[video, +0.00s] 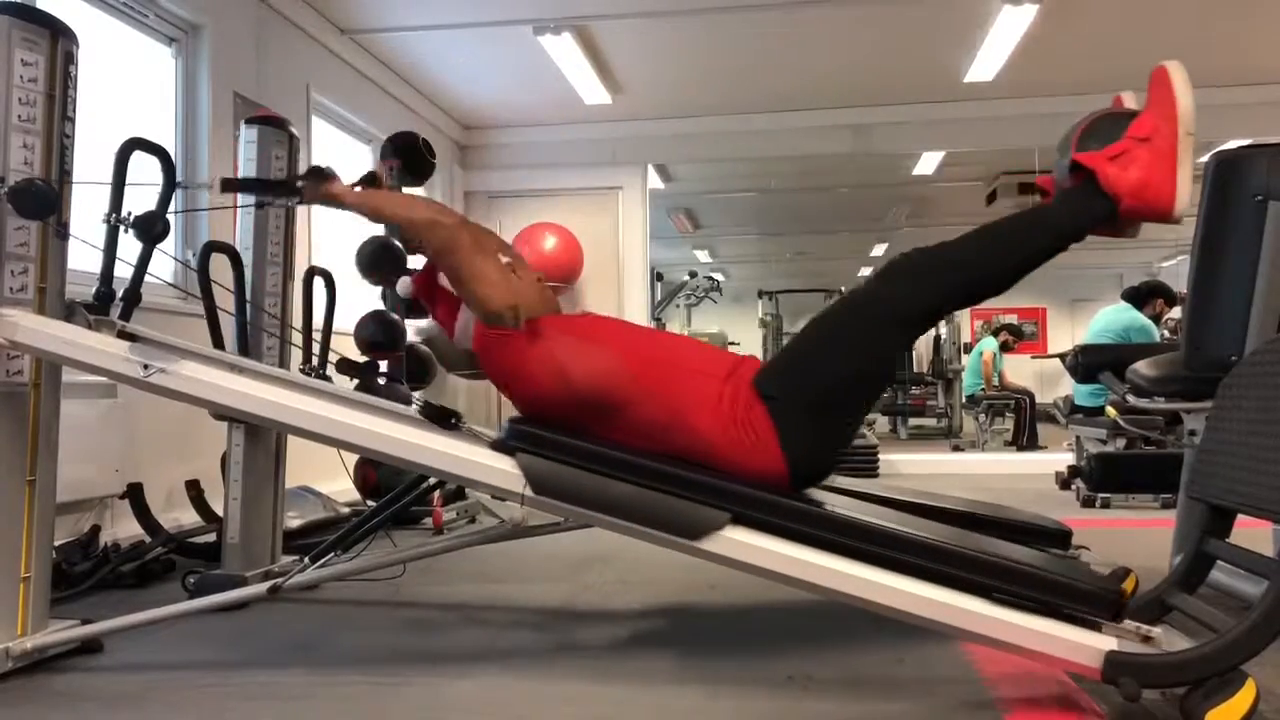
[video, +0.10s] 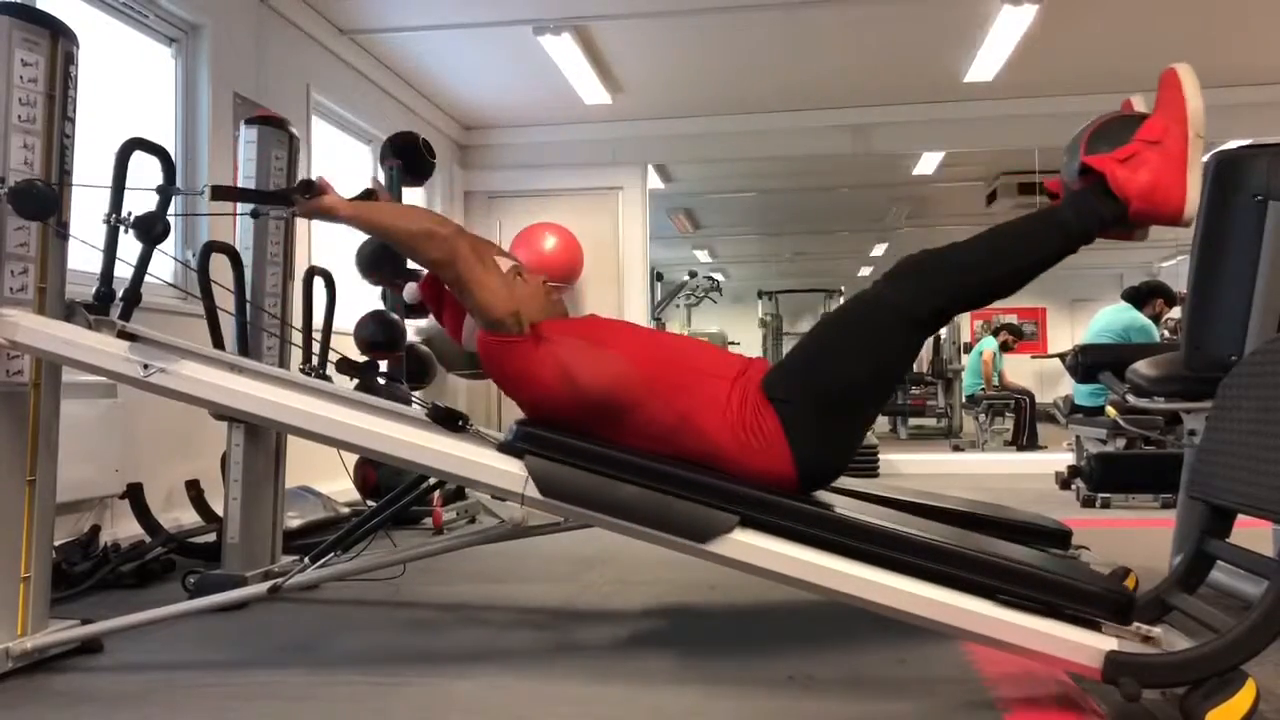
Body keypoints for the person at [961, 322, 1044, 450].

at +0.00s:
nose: (1014, 347)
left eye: (1016, 344)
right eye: (1014, 342)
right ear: (1004, 334)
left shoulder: (997, 352)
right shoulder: (990, 342)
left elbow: (1004, 383)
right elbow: (986, 361)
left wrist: (1023, 389)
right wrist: (989, 390)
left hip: (983, 392)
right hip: (975, 393)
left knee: (1026, 397)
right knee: (1025, 398)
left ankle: (1021, 442)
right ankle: (1025, 443)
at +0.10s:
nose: (1014, 347)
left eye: (1016, 344)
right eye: (1014, 342)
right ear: (1004, 334)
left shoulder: (997, 352)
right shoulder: (990, 341)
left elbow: (1004, 382)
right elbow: (986, 360)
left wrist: (1024, 390)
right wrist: (989, 390)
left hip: (983, 392)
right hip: (975, 393)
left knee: (1026, 398)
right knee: (1025, 399)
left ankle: (1020, 442)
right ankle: (1025, 443)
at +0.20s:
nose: (1014, 347)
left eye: (1016, 344)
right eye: (1014, 341)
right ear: (1004, 334)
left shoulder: (997, 352)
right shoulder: (990, 341)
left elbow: (1004, 382)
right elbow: (986, 360)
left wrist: (1023, 390)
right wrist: (989, 390)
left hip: (983, 392)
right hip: (975, 393)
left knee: (1026, 398)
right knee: (1025, 398)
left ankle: (1020, 442)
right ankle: (1025, 443)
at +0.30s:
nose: (1014, 347)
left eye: (1016, 343)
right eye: (1013, 341)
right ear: (1003, 334)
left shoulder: (997, 352)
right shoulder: (990, 341)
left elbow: (1004, 382)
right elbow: (986, 360)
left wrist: (1024, 390)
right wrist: (989, 390)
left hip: (983, 392)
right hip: (975, 393)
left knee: (1026, 398)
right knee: (1025, 399)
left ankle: (1022, 442)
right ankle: (1024, 444)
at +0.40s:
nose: (1014, 346)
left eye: (1016, 343)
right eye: (1014, 341)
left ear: (1003, 335)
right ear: (1003, 334)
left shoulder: (997, 351)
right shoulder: (990, 341)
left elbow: (1004, 382)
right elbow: (986, 360)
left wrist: (1022, 388)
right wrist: (989, 390)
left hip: (983, 392)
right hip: (976, 393)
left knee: (1026, 397)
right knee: (1026, 398)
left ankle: (1021, 442)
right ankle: (1025, 444)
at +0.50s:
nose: (1013, 347)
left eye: (1016, 344)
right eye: (1013, 342)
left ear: (1003, 336)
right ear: (1003, 334)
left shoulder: (997, 351)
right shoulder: (990, 342)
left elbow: (1003, 383)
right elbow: (986, 361)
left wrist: (1020, 389)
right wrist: (988, 390)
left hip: (983, 392)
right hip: (975, 393)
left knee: (1026, 397)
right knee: (1025, 398)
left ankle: (1020, 441)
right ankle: (1025, 444)